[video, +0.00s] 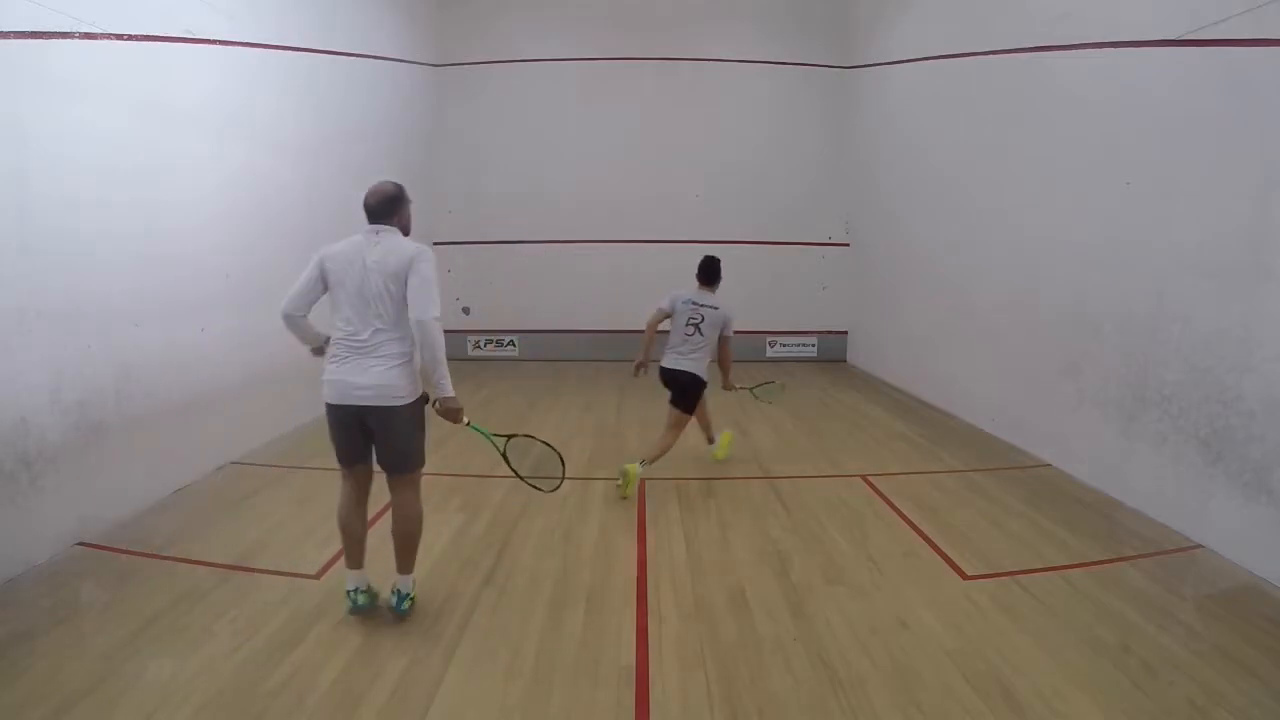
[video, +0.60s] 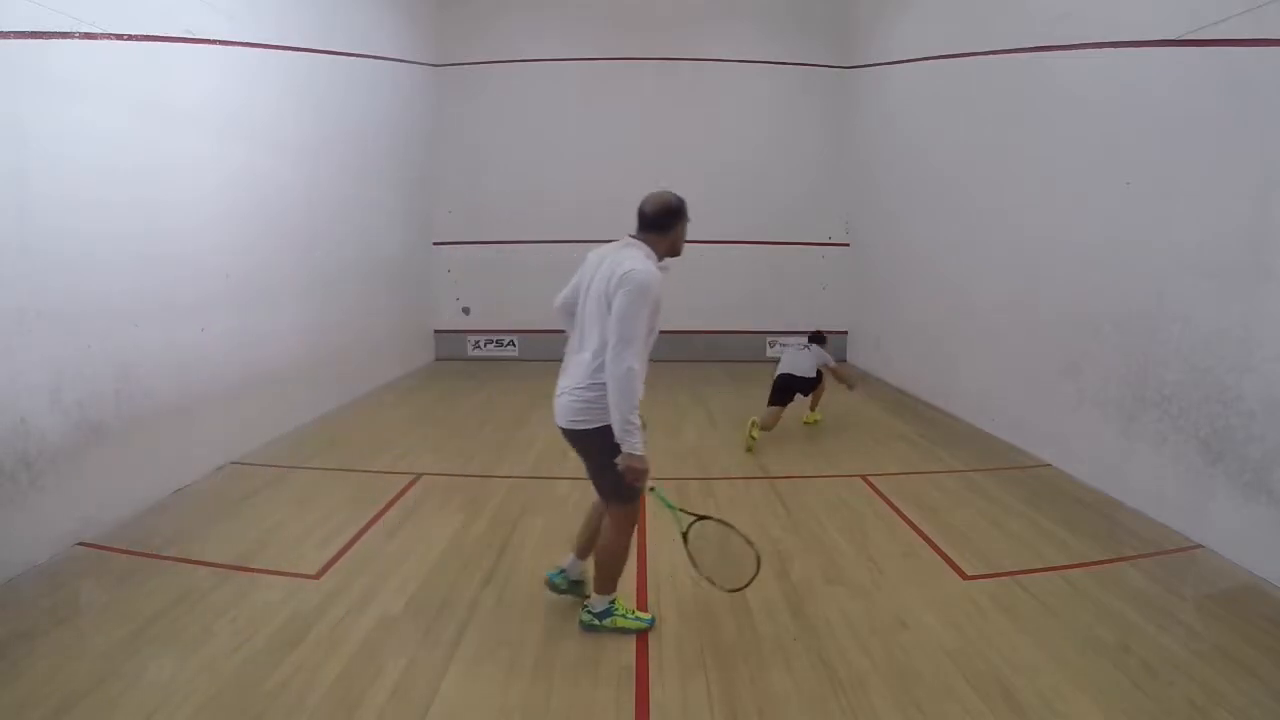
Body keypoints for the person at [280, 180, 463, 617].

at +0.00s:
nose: (412, 218)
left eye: (410, 211)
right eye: (411, 212)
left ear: (366, 216)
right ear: (403, 215)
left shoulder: (333, 255)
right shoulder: (414, 254)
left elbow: (291, 311)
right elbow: (425, 323)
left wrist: (318, 343)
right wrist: (444, 392)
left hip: (340, 396)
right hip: (395, 396)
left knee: (353, 482)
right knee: (404, 489)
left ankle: (355, 586)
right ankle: (403, 588)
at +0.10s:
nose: (447, 223)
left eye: (445, 215)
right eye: (445, 216)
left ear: (402, 220)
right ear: (436, 220)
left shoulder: (365, 256)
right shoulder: (436, 262)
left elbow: (326, 312)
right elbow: (437, 338)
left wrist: (369, 340)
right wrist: (464, 408)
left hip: (361, 400)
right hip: (412, 399)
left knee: (389, 487)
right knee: (450, 485)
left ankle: (377, 597)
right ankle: (446, 590)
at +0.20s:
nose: (484, 237)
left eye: (482, 229)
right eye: (480, 230)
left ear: (441, 235)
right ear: (468, 236)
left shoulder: (406, 270)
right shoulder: (462, 281)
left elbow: (371, 318)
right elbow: (452, 363)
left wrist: (414, 342)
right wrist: (488, 433)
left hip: (389, 419)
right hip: (432, 421)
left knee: (414, 498)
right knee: (504, 490)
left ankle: (379, 604)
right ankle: (521, 599)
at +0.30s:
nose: (530, 240)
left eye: (528, 231)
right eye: (526, 232)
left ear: (485, 235)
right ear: (513, 237)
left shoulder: (453, 269)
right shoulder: (500, 285)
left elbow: (422, 318)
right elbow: (483, 371)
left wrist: (464, 346)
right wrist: (510, 442)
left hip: (428, 421)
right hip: (468, 428)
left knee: (428, 502)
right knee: (544, 502)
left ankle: (381, 599)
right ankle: (580, 601)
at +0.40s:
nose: (584, 239)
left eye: (583, 230)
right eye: (580, 231)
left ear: (540, 232)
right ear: (565, 234)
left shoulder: (508, 267)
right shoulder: (549, 283)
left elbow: (473, 318)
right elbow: (528, 370)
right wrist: (542, 447)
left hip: (480, 417)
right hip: (517, 426)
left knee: (471, 502)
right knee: (579, 508)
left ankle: (405, 578)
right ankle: (598, 606)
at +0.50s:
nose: (639, 238)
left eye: (638, 231)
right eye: (636, 231)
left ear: (595, 229)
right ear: (621, 234)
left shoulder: (560, 261)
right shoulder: (598, 283)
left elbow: (523, 314)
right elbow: (579, 373)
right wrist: (584, 452)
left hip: (531, 413)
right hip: (563, 419)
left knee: (551, 495)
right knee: (609, 508)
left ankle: (471, 562)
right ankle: (600, 606)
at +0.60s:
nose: (685, 239)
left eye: (686, 231)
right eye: (684, 231)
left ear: (641, 224)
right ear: (673, 231)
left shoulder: (602, 255)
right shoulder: (642, 275)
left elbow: (565, 306)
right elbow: (624, 365)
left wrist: (599, 343)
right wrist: (632, 446)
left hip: (572, 406)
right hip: (597, 414)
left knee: (613, 492)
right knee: (624, 507)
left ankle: (574, 571)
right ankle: (601, 606)